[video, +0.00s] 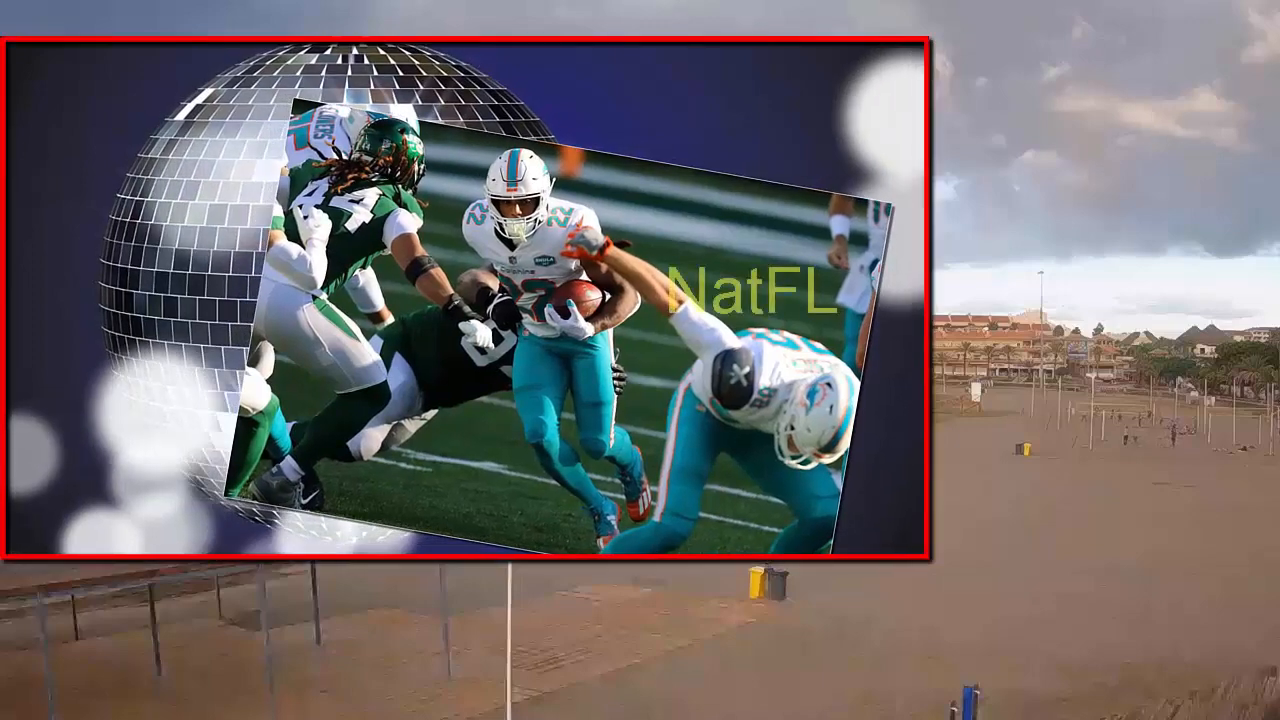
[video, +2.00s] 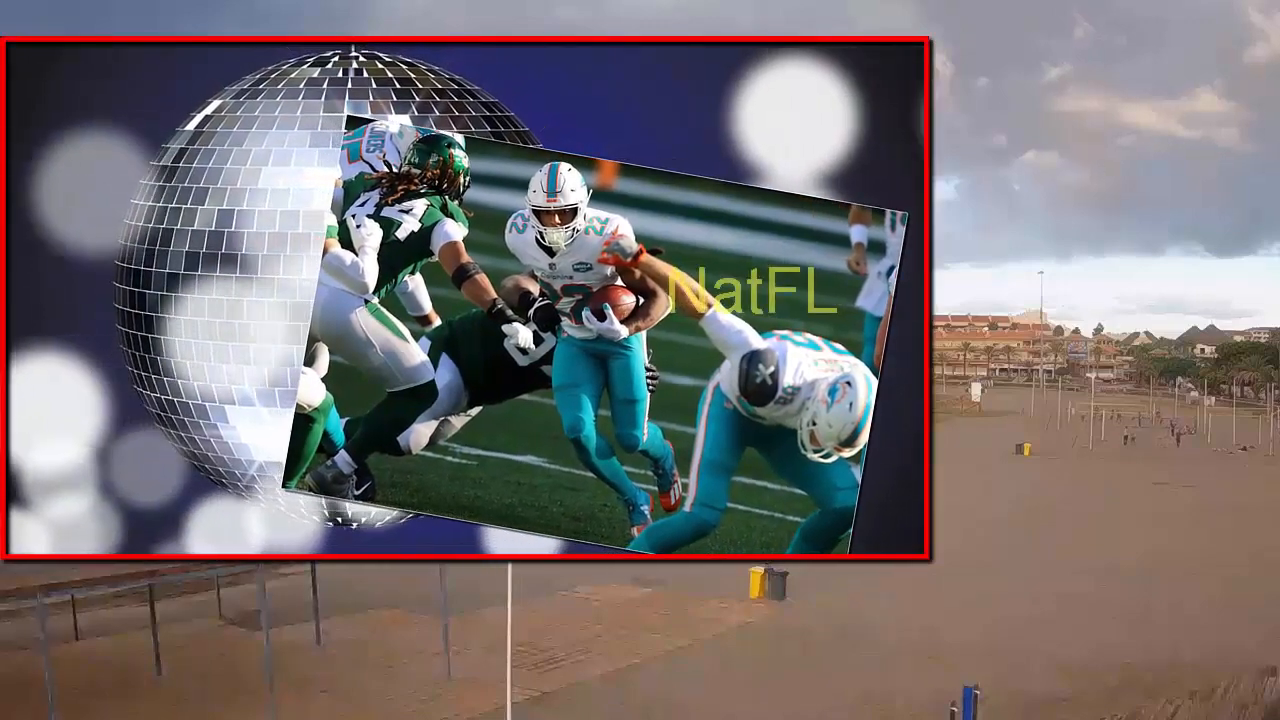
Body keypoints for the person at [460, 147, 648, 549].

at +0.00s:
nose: (514, 213)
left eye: (524, 203)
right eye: (505, 204)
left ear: (543, 196)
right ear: (492, 199)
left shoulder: (576, 226)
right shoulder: (476, 224)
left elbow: (630, 293)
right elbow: (503, 269)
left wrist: (593, 327)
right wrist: (504, 301)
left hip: (589, 340)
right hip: (535, 339)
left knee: (596, 443)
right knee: (540, 436)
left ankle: (632, 470)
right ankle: (602, 510)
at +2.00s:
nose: (554, 221)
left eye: (563, 213)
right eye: (545, 213)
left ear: (580, 206)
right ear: (533, 209)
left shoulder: (612, 234)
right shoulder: (519, 233)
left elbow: (660, 296)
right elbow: (543, 274)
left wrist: (628, 329)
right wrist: (542, 305)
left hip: (623, 341)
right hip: (573, 340)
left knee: (630, 438)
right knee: (578, 432)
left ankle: (664, 463)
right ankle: (636, 501)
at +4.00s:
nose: (594, 231)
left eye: (602, 223)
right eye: (585, 223)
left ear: (618, 218)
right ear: (573, 220)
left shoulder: (648, 242)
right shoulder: (561, 241)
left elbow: (696, 298)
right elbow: (583, 280)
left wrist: (662, 331)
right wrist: (582, 308)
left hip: (657, 341)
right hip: (610, 341)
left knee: (665, 432)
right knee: (616, 425)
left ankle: (697, 452)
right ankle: (670, 491)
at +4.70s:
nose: (607, 234)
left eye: (616, 226)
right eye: (599, 227)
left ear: (631, 220)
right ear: (587, 222)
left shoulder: (660, 244)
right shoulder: (575, 244)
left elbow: (697, 296)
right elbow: (598, 285)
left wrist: (675, 330)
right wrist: (594, 315)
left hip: (670, 342)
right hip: (624, 341)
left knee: (678, 433)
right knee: (629, 424)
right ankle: (681, 489)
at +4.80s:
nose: (610, 235)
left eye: (618, 227)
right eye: (602, 228)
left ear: (633, 221)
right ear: (590, 223)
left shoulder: (655, 245)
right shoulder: (577, 244)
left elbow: (682, 281)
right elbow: (599, 280)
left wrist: (651, 309)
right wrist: (595, 308)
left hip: (668, 341)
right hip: (627, 342)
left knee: (674, 426)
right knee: (630, 421)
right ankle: (675, 477)